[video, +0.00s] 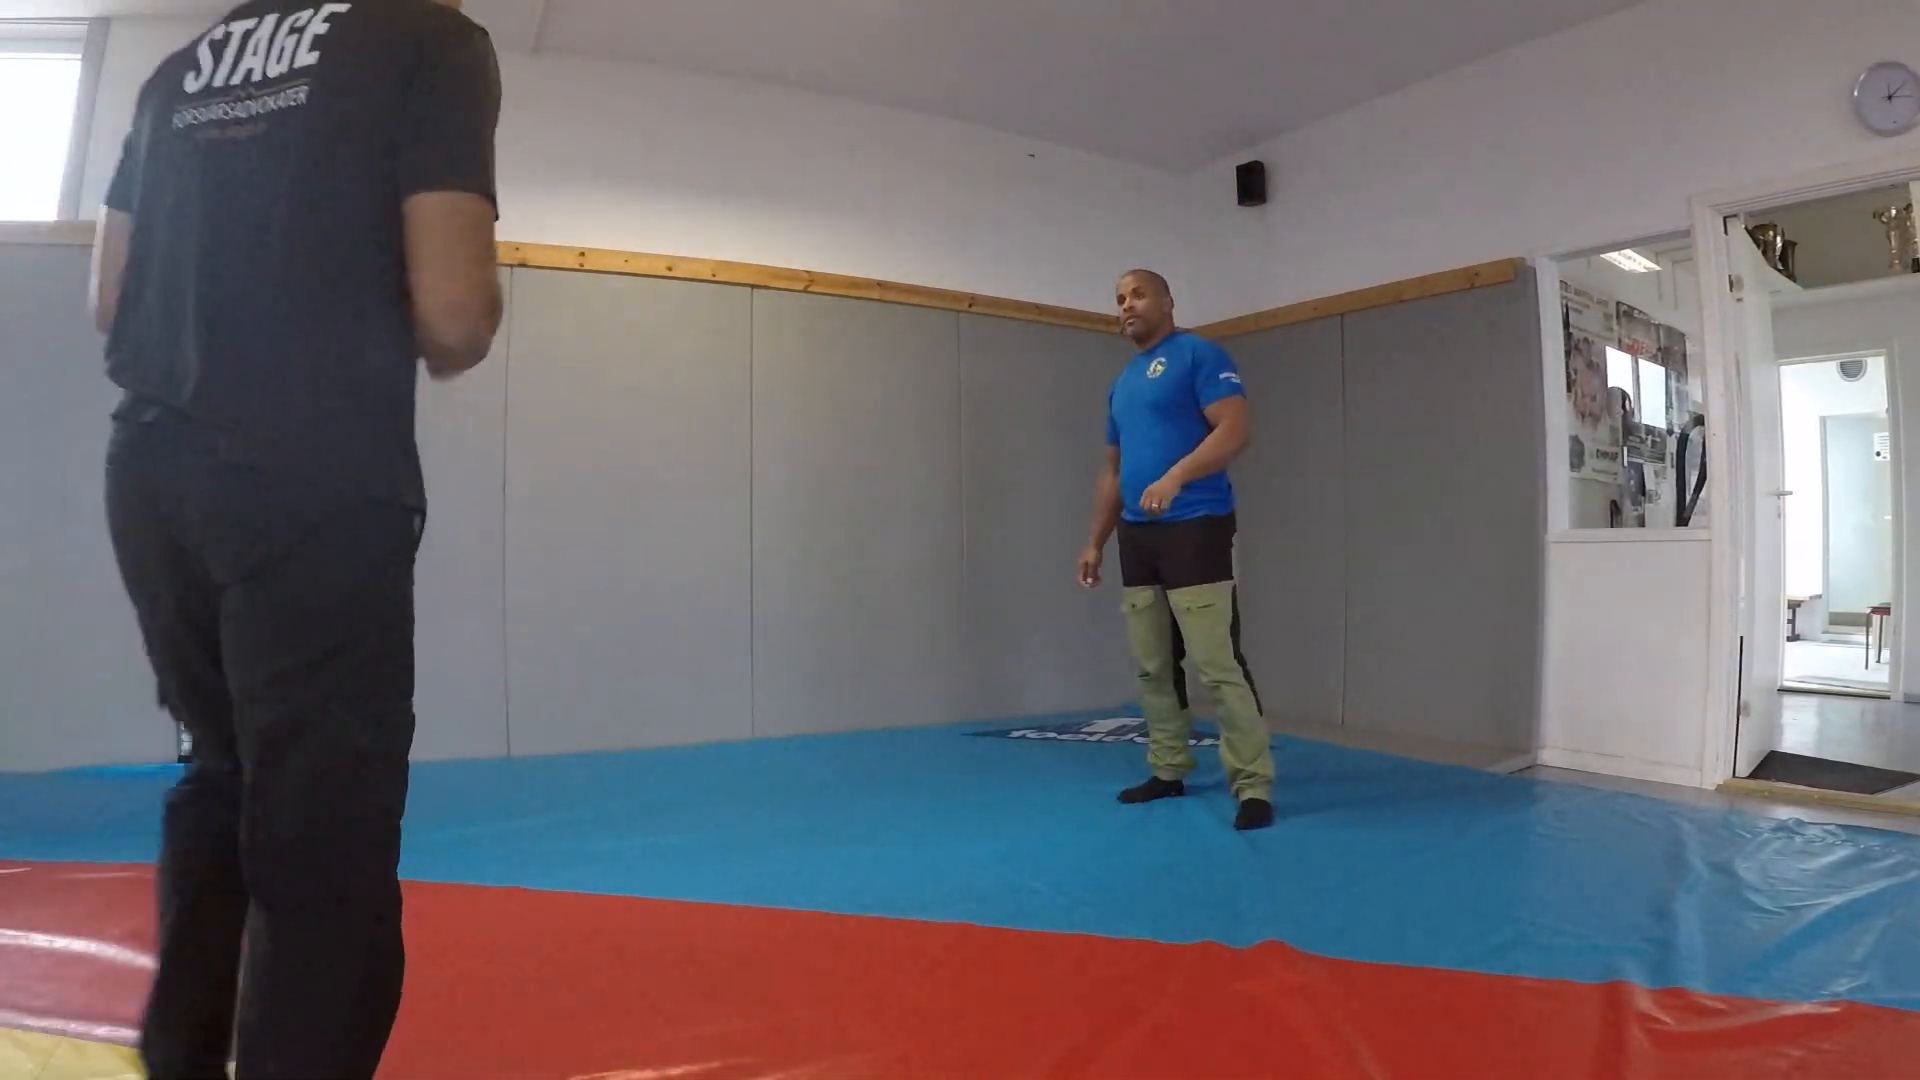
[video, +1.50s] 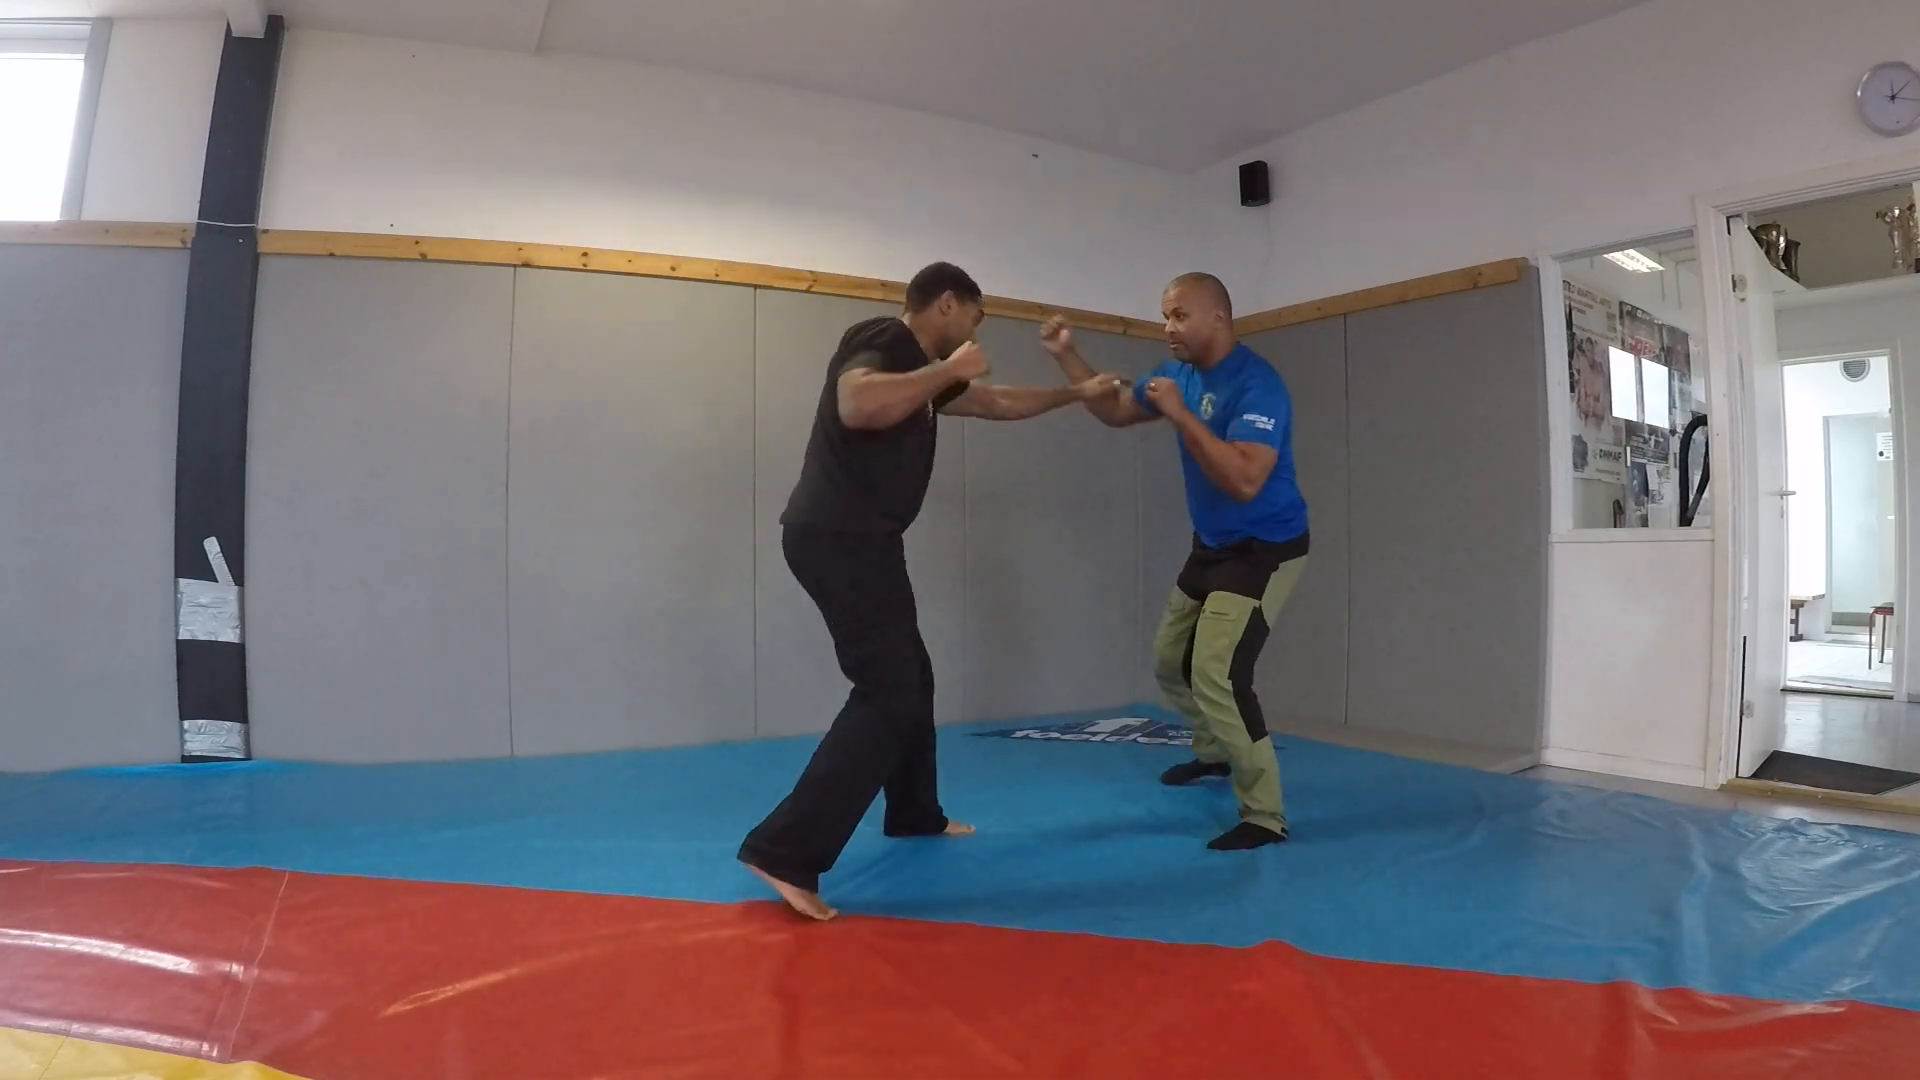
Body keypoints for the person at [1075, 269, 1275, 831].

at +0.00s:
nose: (1126, 307)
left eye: (1136, 296)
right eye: (1120, 301)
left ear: (1167, 302)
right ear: (1120, 315)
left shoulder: (1198, 355)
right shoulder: (1121, 384)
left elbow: (1234, 430)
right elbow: (1114, 470)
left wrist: (1174, 477)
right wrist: (1095, 542)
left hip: (1196, 528)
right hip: (1138, 535)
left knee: (1214, 663)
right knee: (1154, 665)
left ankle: (1252, 786)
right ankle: (1168, 773)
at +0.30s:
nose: (1124, 308)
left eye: (1135, 297)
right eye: (1119, 302)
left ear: (1166, 304)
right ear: (1120, 316)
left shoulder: (1194, 354)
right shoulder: (1120, 386)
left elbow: (1223, 430)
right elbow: (1125, 470)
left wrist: (1151, 455)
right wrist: (1111, 541)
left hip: (1185, 526)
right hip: (1134, 533)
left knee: (1199, 659)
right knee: (1150, 664)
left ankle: (1249, 785)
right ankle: (1169, 772)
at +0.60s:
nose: (1118, 312)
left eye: (1127, 300)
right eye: (1113, 305)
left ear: (1159, 303)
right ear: (1115, 318)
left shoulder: (1189, 353)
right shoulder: (1121, 385)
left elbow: (1223, 427)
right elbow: (1114, 468)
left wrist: (1147, 445)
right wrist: (1089, 530)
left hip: (1185, 521)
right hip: (1135, 528)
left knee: (1178, 644)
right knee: (1146, 659)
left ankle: (1246, 775)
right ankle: (1168, 771)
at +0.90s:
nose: (1117, 313)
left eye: (1127, 300)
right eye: (1112, 306)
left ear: (1161, 303)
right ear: (1117, 319)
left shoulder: (1192, 353)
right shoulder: (1136, 377)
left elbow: (1221, 430)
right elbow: (1139, 469)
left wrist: (1138, 420)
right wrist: (1091, 500)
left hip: (1197, 533)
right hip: (1147, 534)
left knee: (1194, 671)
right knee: (1147, 670)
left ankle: (1227, 803)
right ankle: (1167, 774)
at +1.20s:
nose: (1132, 326)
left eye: (1143, 312)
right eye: (1128, 318)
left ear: (1181, 315)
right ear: (1135, 329)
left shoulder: (1206, 370)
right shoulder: (1167, 383)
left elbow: (1190, 457)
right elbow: (1171, 471)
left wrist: (1122, 405)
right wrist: (1118, 456)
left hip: (1233, 545)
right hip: (1185, 544)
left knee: (1199, 677)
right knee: (1148, 671)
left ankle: (1264, 815)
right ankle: (1170, 773)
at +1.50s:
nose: (1169, 329)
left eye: (1179, 316)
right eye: (1166, 319)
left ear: (1220, 317)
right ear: (1174, 325)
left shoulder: (1259, 387)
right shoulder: (1181, 376)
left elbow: (1246, 480)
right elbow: (1116, 410)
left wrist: (1179, 412)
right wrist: (1068, 355)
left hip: (1267, 546)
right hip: (1213, 544)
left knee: (1217, 671)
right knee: (1172, 663)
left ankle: (1265, 818)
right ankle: (1215, 754)